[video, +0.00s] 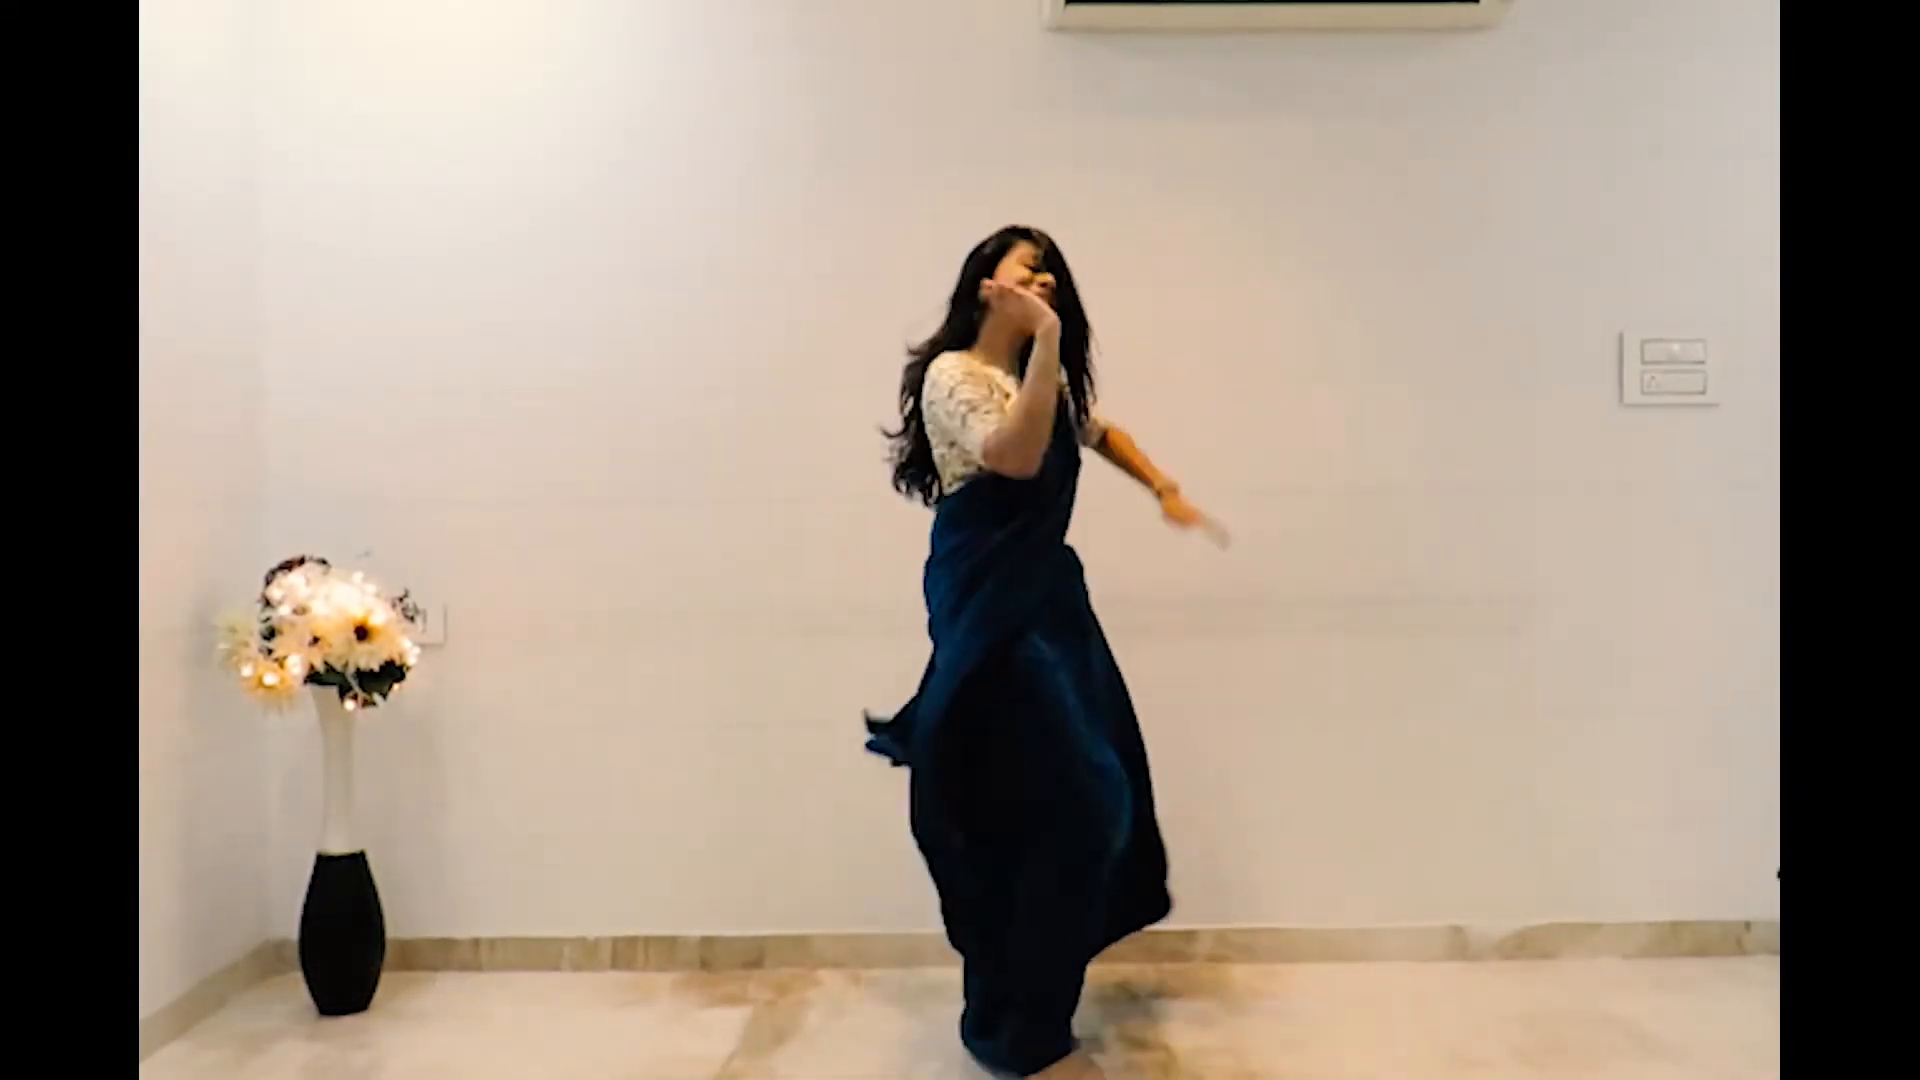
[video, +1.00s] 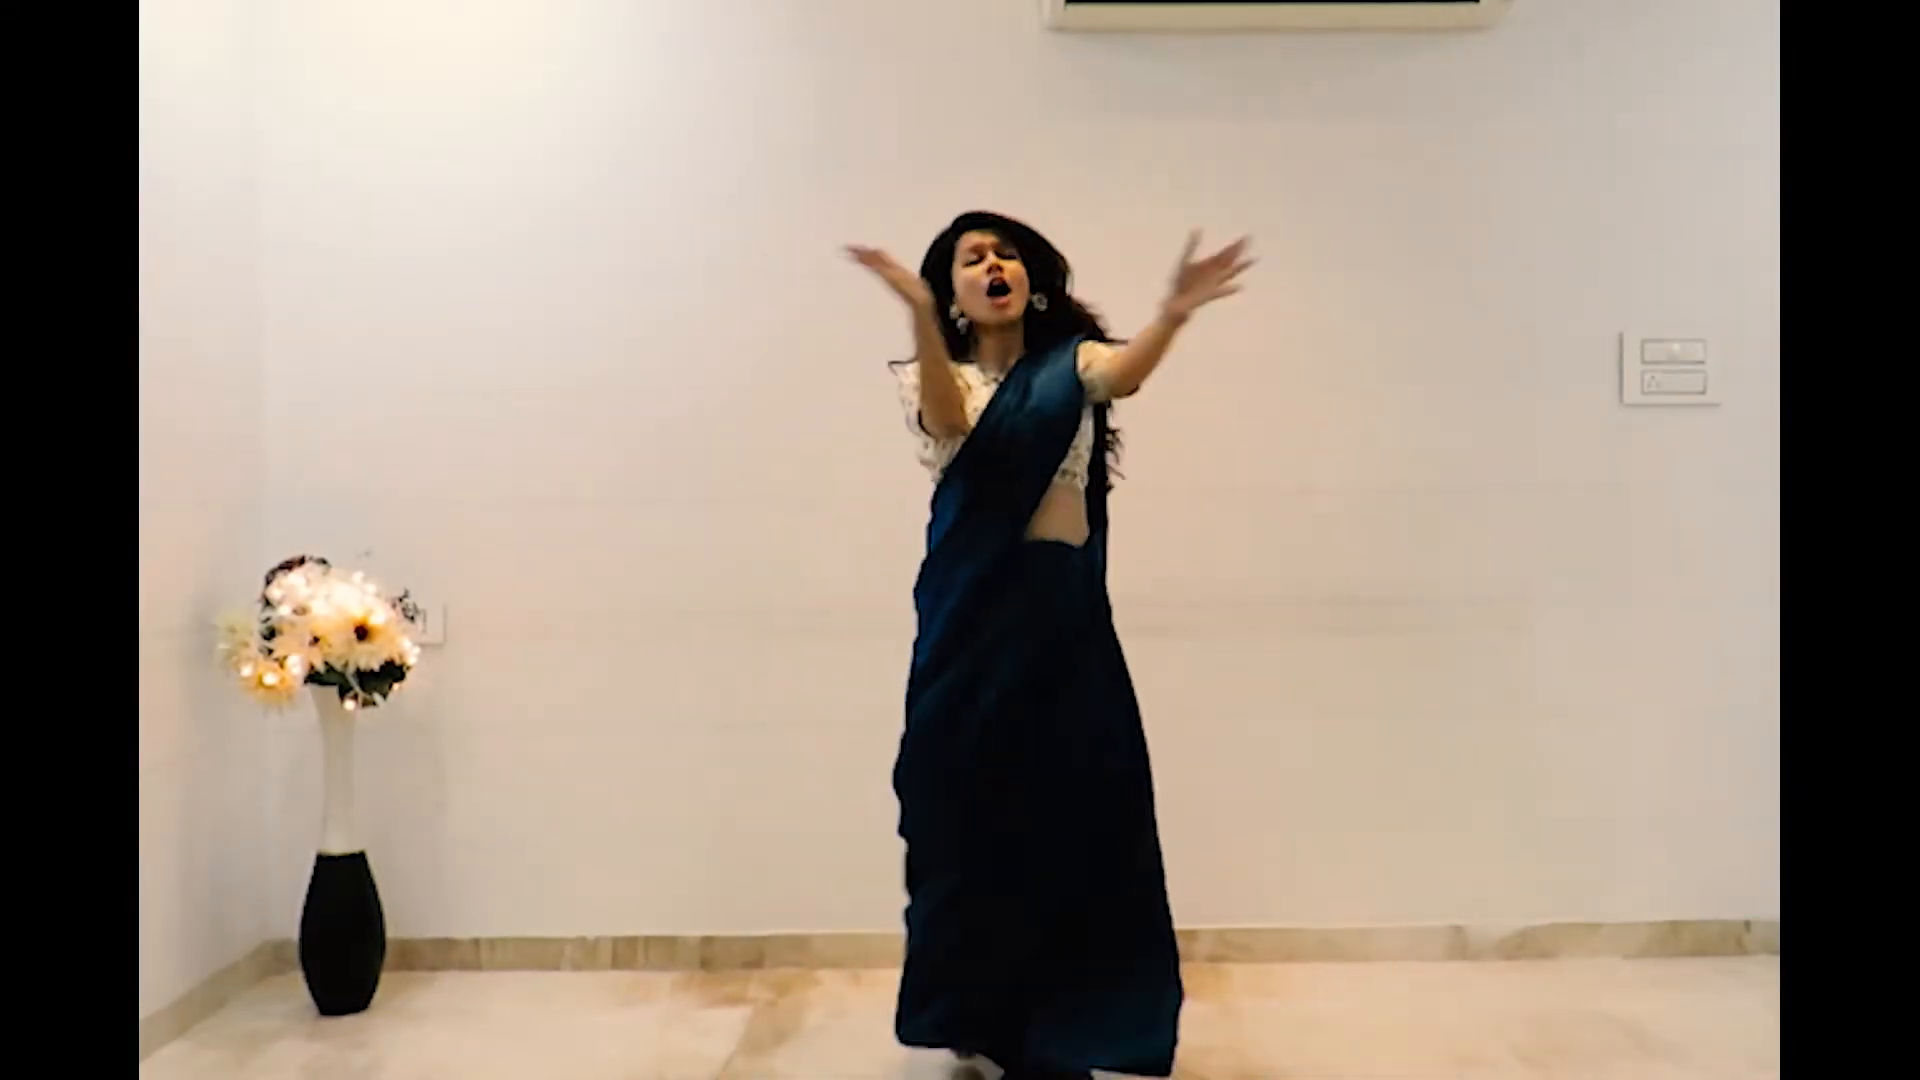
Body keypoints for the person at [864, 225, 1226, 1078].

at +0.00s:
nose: (1042, 283)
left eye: (1052, 277)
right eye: (1025, 269)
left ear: (1055, 307)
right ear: (981, 287)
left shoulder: (1046, 378)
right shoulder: (950, 377)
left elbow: (1097, 430)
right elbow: (1015, 455)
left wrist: (1162, 484)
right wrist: (1045, 343)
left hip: (1052, 605)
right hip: (986, 613)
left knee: (1092, 789)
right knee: (1066, 792)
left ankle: (1028, 995)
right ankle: (1018, 1021)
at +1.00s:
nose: (992, 266)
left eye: (1006, 253)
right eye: (972, 258)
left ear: (1036, 282)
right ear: (949, 293)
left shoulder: (1072, 360)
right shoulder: (937, 379)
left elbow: (1125, 369)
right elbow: (945, 413)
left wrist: (1174, 310)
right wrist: (922, 309)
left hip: (1066, 620)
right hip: (965, 623)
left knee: (1078, 822)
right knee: (960, 822)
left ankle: (1074, 1043)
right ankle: (956, 1040)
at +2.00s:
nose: (1001, 269)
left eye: (1020, 258)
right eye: (997, 258)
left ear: (1054, 287)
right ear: (990, 284)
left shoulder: (1058, 367)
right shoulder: (989, 364)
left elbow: (1071, 348)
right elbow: (890, 336)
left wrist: (1060, 304)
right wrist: (909, 279)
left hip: (1026, 596)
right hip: (977, 596)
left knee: (960, 803)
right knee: (973, 805)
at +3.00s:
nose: (992, 255)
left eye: (1010, 249)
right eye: (1000, 244)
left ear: (1038, 275)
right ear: (1030, 281)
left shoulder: (1033, 361)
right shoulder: (997, 356)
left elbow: (930, 374)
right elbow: (882, 388)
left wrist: (914, 255)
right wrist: (884, 294)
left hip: (1029, 613)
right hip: (1004, 608)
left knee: (982, 803)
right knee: (986, 803)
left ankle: (1005, 1018)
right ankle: (1001, 1011)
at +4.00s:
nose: (1004, 308)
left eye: (1017, 295)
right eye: (984, 296)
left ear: (1040, 313)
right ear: (951, 317)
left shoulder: (1055, 414)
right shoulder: (952, 414)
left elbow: (1140, 504)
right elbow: (1054, 504)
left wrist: (1253, 463)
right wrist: (1100, 409)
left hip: (1017, 660)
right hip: (924, 656)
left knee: (1037, 863)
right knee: (863, 844)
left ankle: (1055, 1050)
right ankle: (746, 1045)